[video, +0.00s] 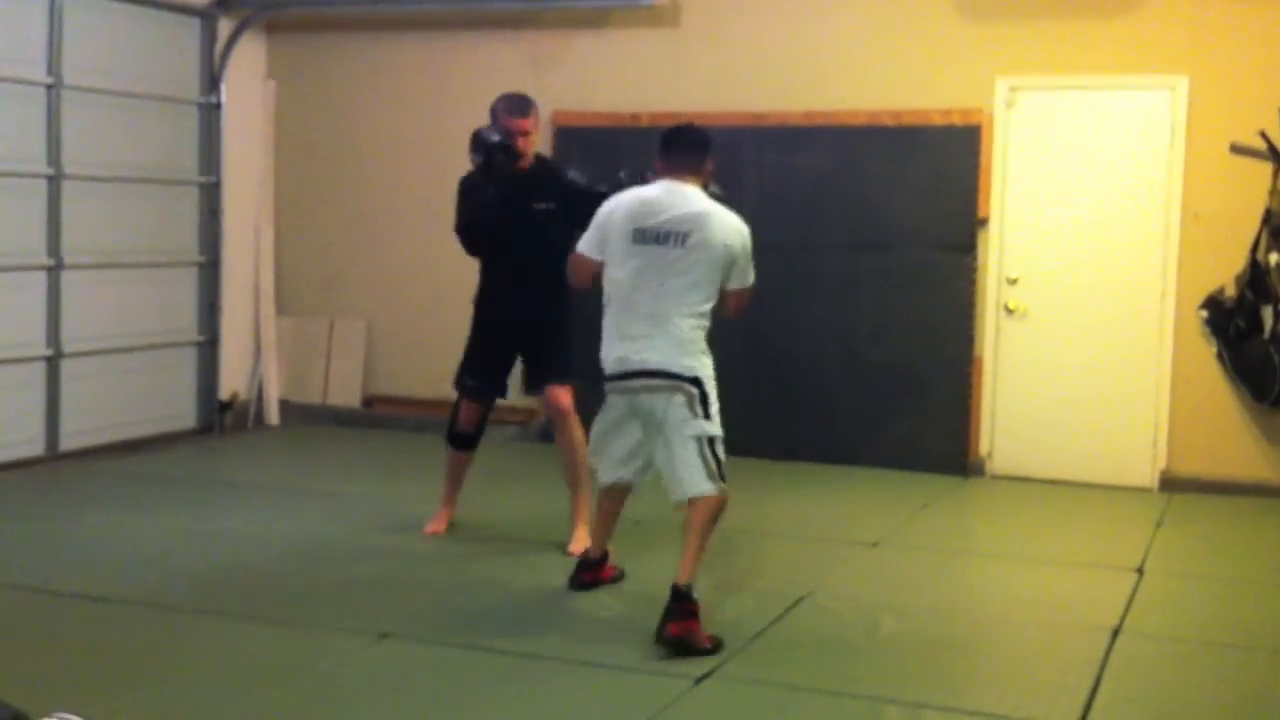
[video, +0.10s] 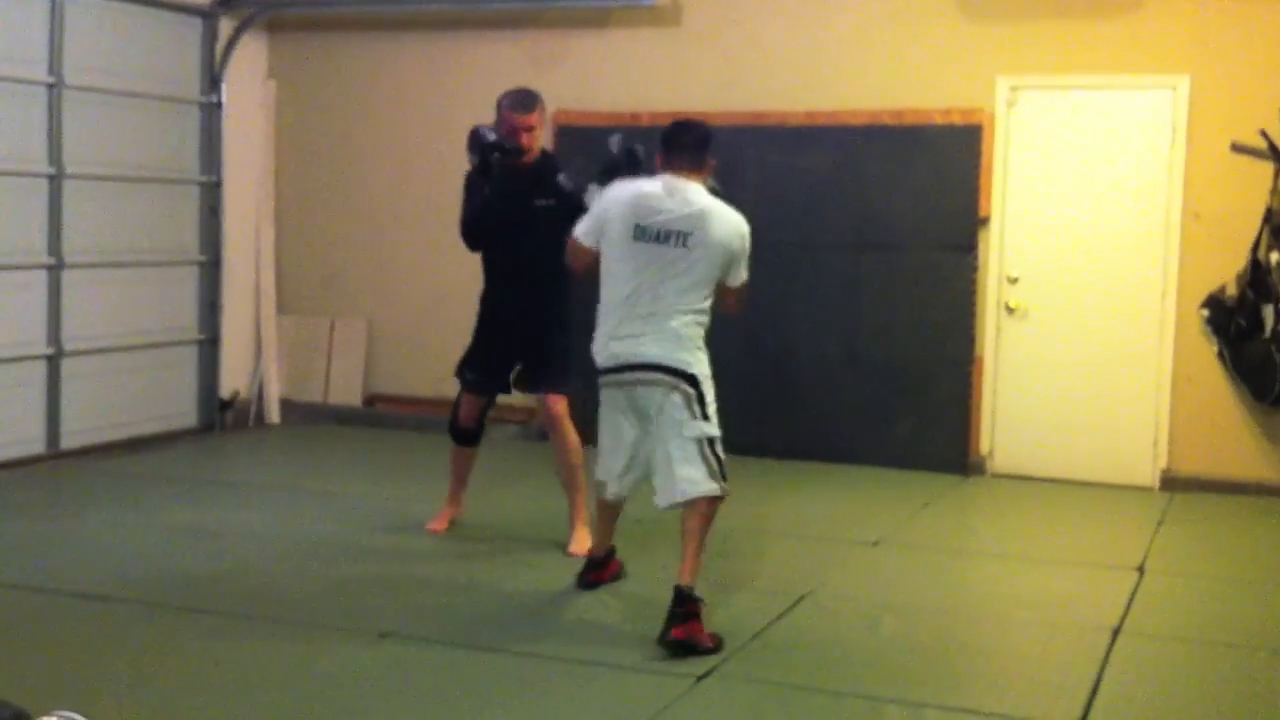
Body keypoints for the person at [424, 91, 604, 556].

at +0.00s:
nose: (520, 143)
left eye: (527, 134)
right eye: (511, 135)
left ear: (538, 132)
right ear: (494, 133)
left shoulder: (555, 180)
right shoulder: (478, 184)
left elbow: (600, 212)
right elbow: (473, 242)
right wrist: (491, 179)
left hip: (549, 308)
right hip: (497, 308)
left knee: (560, 402)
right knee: (470, 409)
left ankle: (581, 521)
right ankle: (446, 507)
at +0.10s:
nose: (522, 139)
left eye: (530, 129)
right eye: (513, 130)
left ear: (543, 127)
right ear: (498, 128)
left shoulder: (558, 175)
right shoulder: (486, 175)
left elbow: (583, 229)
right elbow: (473, 238)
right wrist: (488, 177)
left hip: (550, 306)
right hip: (500, 306)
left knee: (556, 409)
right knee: (469, 408)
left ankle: (579, 522)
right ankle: (453, 503)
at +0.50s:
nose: (535, 140)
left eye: (545, 133)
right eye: (529, 129)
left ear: (560, 135)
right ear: (515, 126)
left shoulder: (567, 182)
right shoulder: (490, 171)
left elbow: (586, 240)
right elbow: (448, 228)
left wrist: (597, 184)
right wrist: (476, 172)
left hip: (544, 307)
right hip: (490, 305)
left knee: (543, 401)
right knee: (480, 409)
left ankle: (572, 507)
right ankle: (490, 503)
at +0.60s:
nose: (531, 141)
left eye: (541, 133)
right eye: (524, 130)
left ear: (553, 134)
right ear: (506, 126)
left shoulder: (565, 184)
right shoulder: (482, 173)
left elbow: (580, 247)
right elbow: (456, 236)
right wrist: (480, 176)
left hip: (543, 309)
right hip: (490, 308)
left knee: (541, 398)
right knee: (481, 409)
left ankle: (571, 511)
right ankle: (490, 505)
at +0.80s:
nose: (525, 142)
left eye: (534, 133)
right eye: (517, 133)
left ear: (549, 132)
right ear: (501, 133)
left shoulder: (571, 175)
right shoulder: (487, 174)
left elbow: (592, 237)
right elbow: (462, 246)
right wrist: (485, 187)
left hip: (552, 312)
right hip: (497, 311)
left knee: (546, 418)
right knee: (483, 414)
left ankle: (571, 534)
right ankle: (492, 506)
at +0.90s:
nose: (526, 138)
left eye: (534, 129)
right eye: (517, 130)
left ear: (548, 127)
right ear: (501, 129)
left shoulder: (565, 174)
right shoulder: (488, 173)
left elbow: (581, 232)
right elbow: (469, 247)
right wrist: (489, 185)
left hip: (554, 307)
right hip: (503, 307)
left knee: (548, 419)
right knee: (483, 419)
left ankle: (573, 534)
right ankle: (490, 504)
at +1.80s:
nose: (491, 135)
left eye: (498, 124)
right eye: (482, 127)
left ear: (517, 121)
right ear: (469, 130)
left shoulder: (536, 165)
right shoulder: (464, 182)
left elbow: (552, 219)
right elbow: (465, 240)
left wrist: (511, 163)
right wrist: (469, 171)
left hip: (547, 316)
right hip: (493, 318)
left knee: (557, 436)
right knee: (456, 435)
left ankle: (574, 557)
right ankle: (468, 503)